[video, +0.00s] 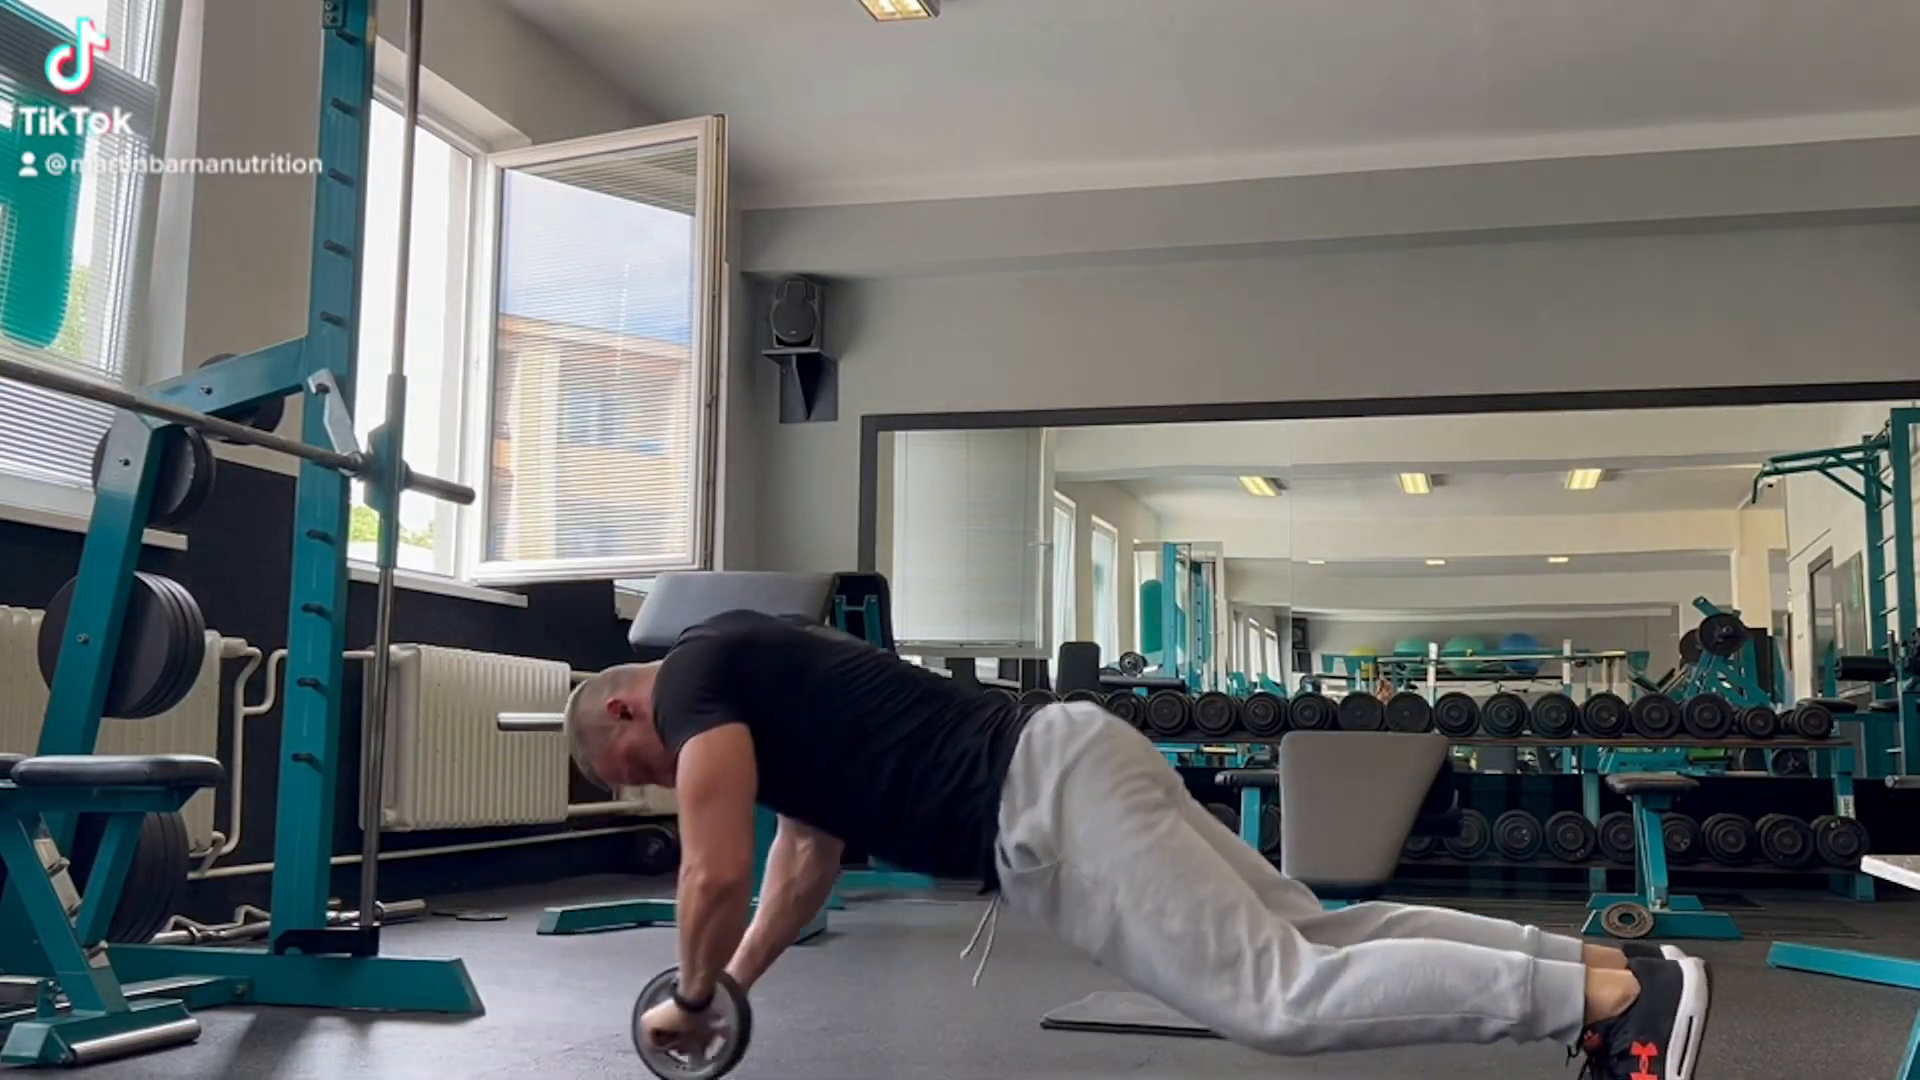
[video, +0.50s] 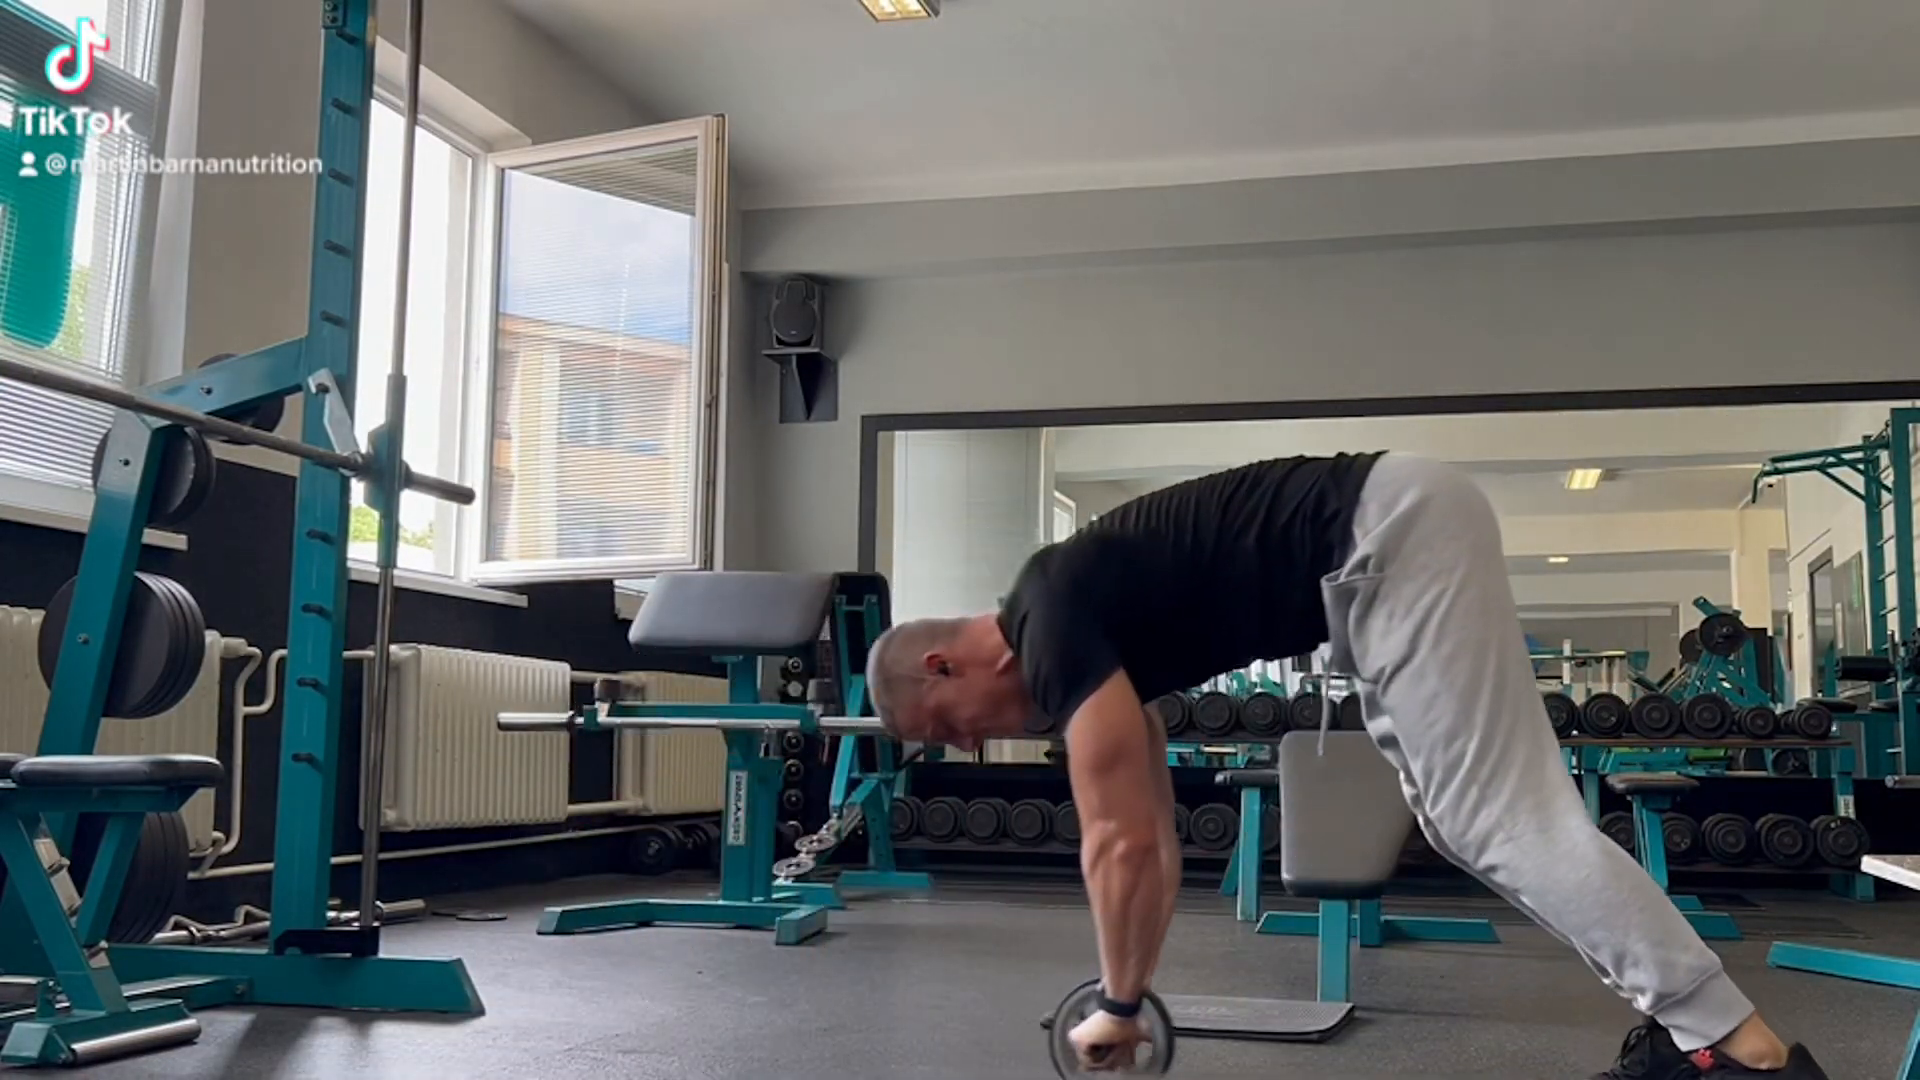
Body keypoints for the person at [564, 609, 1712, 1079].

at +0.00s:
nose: (649, 790)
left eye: (626, 774)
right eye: (635, 785)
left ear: (617, 706)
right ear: (641, 706)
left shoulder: (698, 670)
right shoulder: (763, 679)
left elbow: (720, 878)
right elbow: (808, 856)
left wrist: (689, 990)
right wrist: (737, 975)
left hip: (1053, 790)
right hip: (1065, 788)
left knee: (1285, 991)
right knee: (1301, 942)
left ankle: (1605, 993)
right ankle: (1598, 974)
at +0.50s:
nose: (981, 746)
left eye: (952, 731)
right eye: (955, 742)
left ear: (958, 662)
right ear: (962, 652)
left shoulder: (1065, 614)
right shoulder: (1066, 620)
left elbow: (1124, 840)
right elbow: (1137, 836)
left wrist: (1120, 1004)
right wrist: (1123, 991)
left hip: (1394, 526)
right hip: (1386, 534)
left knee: (1499, 822)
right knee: (1491, 819)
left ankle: (1742, 1040)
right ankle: (1680, 1010)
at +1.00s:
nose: (1154, 765)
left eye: (1133, 746)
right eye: (1133, 757)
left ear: (1155, 684)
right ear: (1164, 668)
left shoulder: (1264, 640)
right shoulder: (1272, 632)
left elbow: (1408, 851)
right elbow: (1418, 822)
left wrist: (1477, 1023)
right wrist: (1475, 998)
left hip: (1579, 490)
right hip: (1581, 484)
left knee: (1577, 794)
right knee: (1577, 789)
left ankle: (1772, 1056)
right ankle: (1715, 1024)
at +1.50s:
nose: (742, 682)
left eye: (730, 656)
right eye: (728, 664)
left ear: (764, 608)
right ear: (791, 597)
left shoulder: (853, 632)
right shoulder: (911, 643)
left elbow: (832, 847)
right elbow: (894, 863)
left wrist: (787, 990)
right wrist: (819, 987)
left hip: (1201, 637)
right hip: (1209, 639)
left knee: (1367, 903)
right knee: (1364, 893)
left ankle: (1675, 1007)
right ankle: (1659, 996)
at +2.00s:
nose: (559, 878)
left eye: (548, 857)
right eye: (549, 868)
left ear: (565, 795)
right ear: (597, 787)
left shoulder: (633, 800)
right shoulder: (701, 795)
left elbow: (536, 983)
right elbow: (637, 964)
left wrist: (452, 1016)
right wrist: (512, 997)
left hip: (987, 914)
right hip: (1013, 870)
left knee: (1250, 1044)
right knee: (1269, 988)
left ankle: (1567, 1003)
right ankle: (1566, 991)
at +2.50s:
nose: (496, 986)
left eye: (498, 969)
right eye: (496, 974)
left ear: (534, 925)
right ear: (579, 898)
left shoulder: (598, 920)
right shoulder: (663, 913)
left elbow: (403, 1047)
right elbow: (557, 1025)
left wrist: (327, 1013)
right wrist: (421, 1026)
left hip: (938, 1009)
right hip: (959, 961)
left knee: (1240, 1049)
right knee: (1240, 1022)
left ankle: (1534, 997)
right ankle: (1526, 991)